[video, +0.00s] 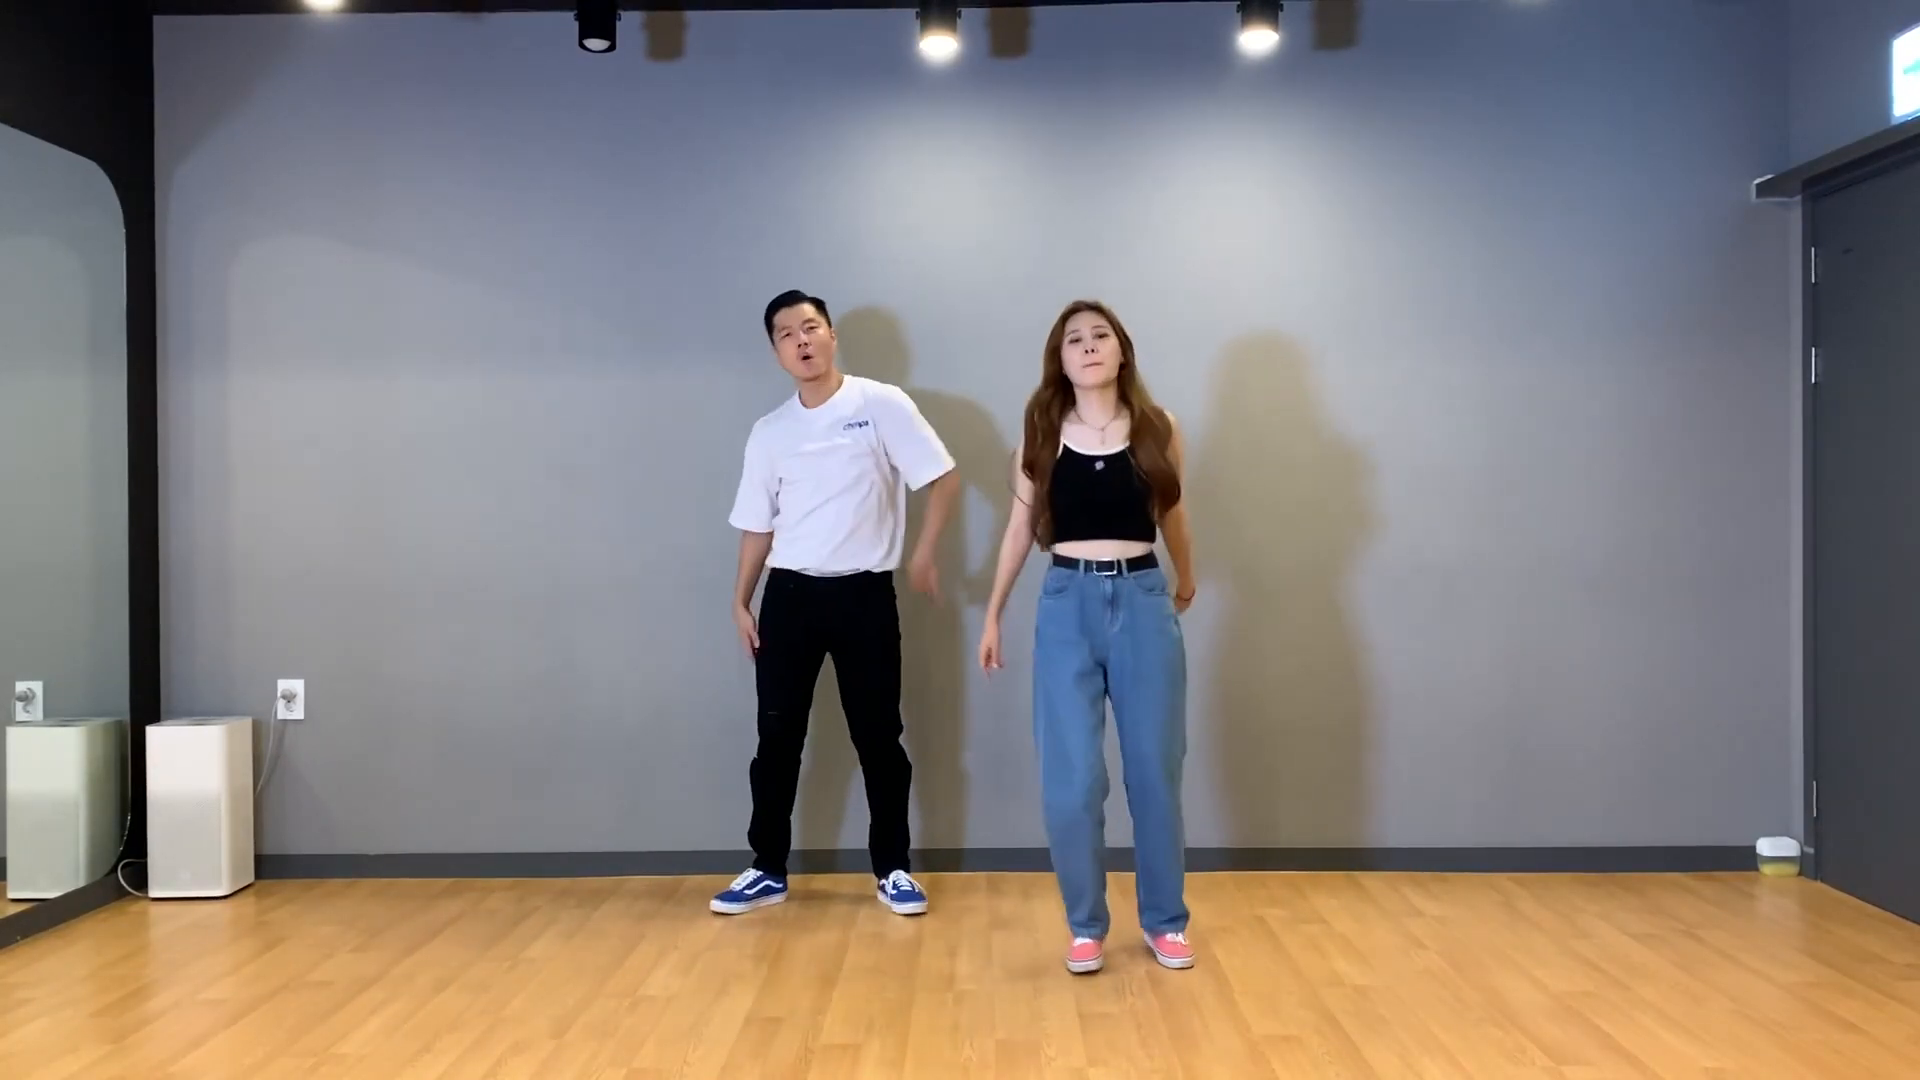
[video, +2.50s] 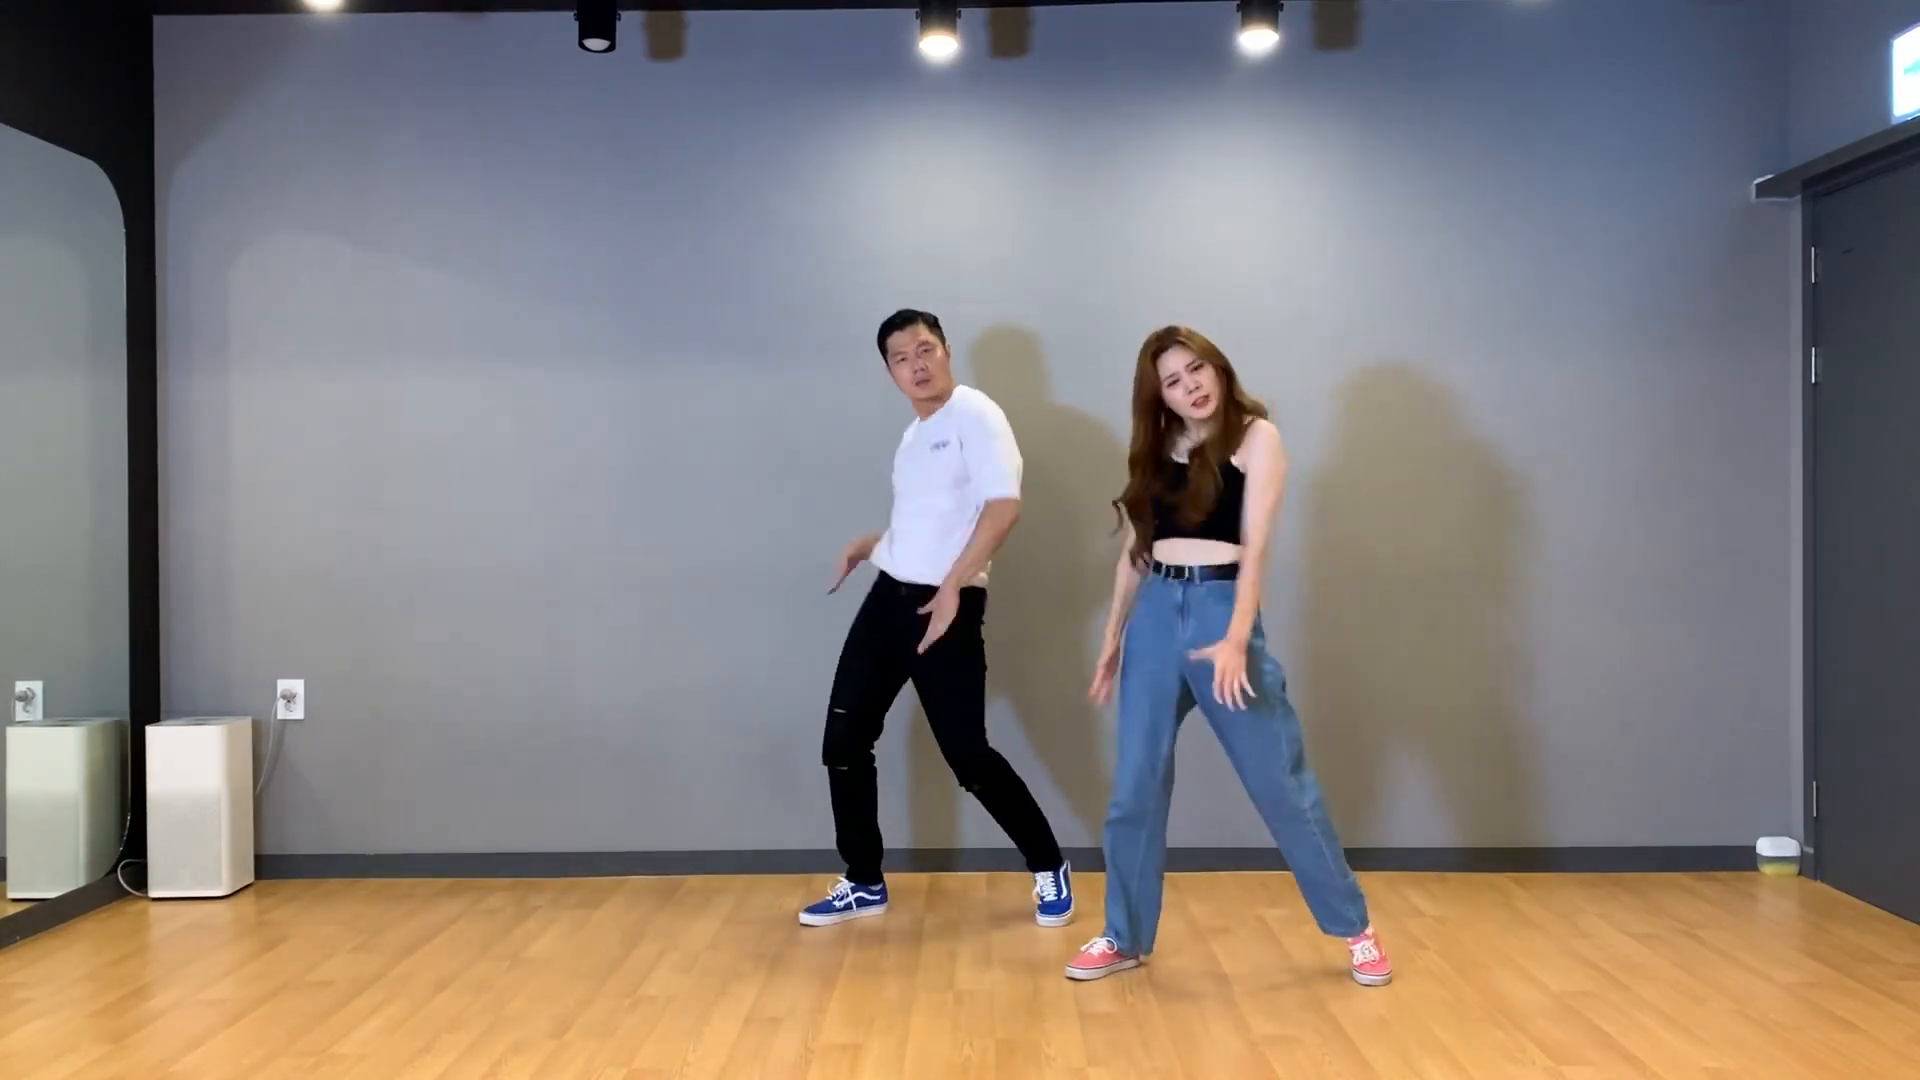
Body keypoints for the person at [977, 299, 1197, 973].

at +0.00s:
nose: (1088, 348)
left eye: (1099, 336)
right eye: (1074, 341)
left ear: (1122, 350)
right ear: (1059, 359)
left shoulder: (1156, 428)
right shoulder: (1042, 434)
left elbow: (1172, 512)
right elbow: (1019, 528)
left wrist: (1186, 578)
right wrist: (993, 613)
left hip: (1145, 604)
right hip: (1065, 606)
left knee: (1154, 770)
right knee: (1072, 777)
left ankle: (1165, 921)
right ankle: (1085, 924)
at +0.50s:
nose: (1022, 395)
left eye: (1034, 385)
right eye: (1010, 387)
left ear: (1055, 397)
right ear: (993, 401)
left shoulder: (1076, 475)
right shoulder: (975, 464)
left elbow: (1061, 570)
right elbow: (998, 556)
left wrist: (1035, 501)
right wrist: (1046, 490)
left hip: (1029, 646)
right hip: (959, 639)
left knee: (1043, 801)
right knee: (942, 774)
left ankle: (1002, 910)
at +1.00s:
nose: (936, 388)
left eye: (948, 378)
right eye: (925, 377)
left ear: (966, 390)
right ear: (906, 386)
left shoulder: (983, 442)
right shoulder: (887, 439)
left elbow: (1028, 345)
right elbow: (827, 351)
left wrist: (1048, 254)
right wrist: (801, 262)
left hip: (962, 629)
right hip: (887, 624)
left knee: (993, 787)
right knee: (845, 776)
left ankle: (1020, 911)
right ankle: (789, 915)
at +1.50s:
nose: (976, 409)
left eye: (989, 397)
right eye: (963, 398)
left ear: (1010, 405)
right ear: (947, 408)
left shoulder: (1037, 469)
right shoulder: (932, 482)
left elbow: (1014, 559)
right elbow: (950, 577)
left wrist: (988, 483)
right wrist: (903, 529)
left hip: (1024, 639)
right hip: (956, 636)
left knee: (1018, 801)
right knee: (899, 775)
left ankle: (1028, 915)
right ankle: (852, 901)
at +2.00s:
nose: (1080, 402)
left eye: (1094, 390)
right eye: (1068, 390)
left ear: (1113, 400)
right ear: (1049, 400)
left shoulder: (1147, 459)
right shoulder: (1030, 480)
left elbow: (1209, 540)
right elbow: (976, 568)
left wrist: (1296, 565)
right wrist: (885, 581)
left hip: (1155, 641)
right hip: (1077, 646)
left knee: (1174, 793)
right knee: (1072, 806)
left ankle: (1106, 865)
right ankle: (1102, 941)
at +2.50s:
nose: (1191, 385)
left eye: (1196, 368)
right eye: (1174, 381)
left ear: (1217, 368)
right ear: (1161, 396)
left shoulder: (1257, 439)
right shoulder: (1158, 450)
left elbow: (1254, 550)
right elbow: (1134, 553)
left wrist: (1236, 639)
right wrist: (1113, 639)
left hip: (1226, 612)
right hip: (1153, 613)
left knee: (1282, 781)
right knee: (1137, 781)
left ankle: (1355, 928)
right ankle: (1124, 935)